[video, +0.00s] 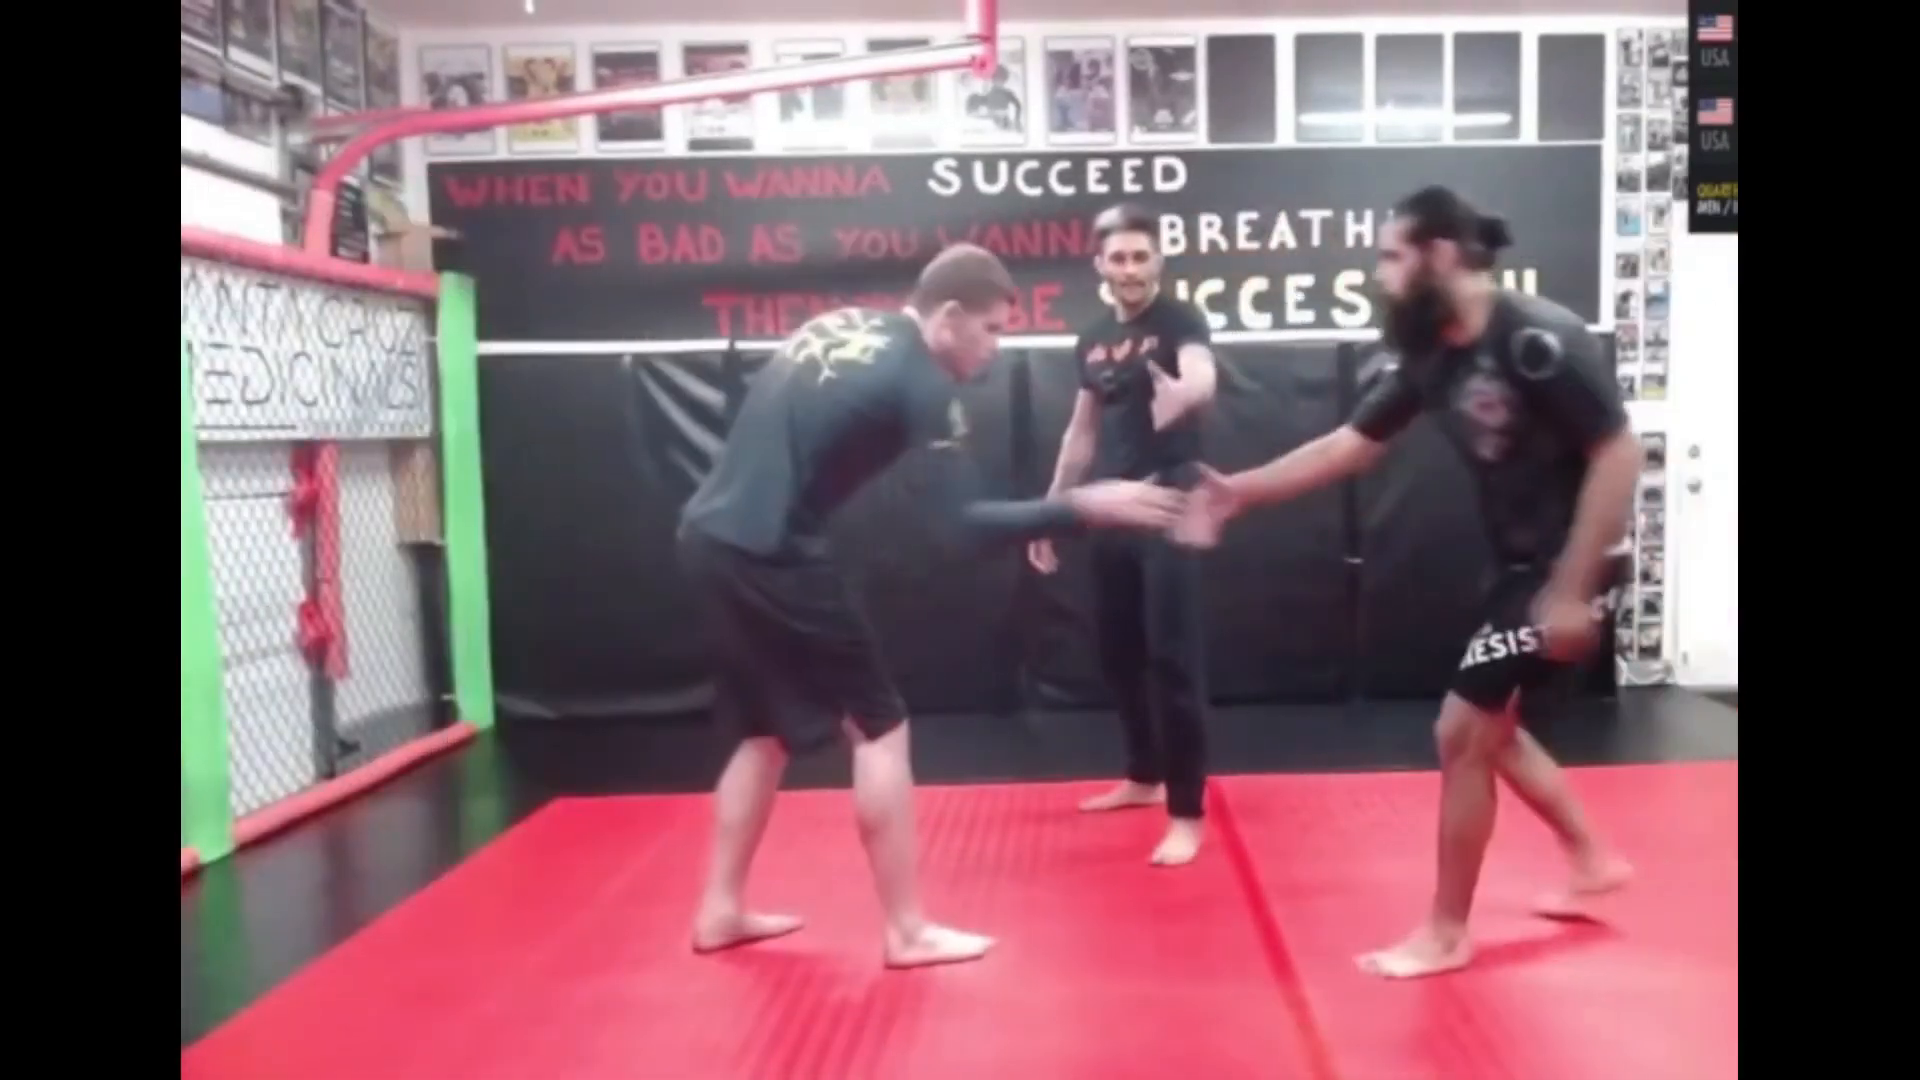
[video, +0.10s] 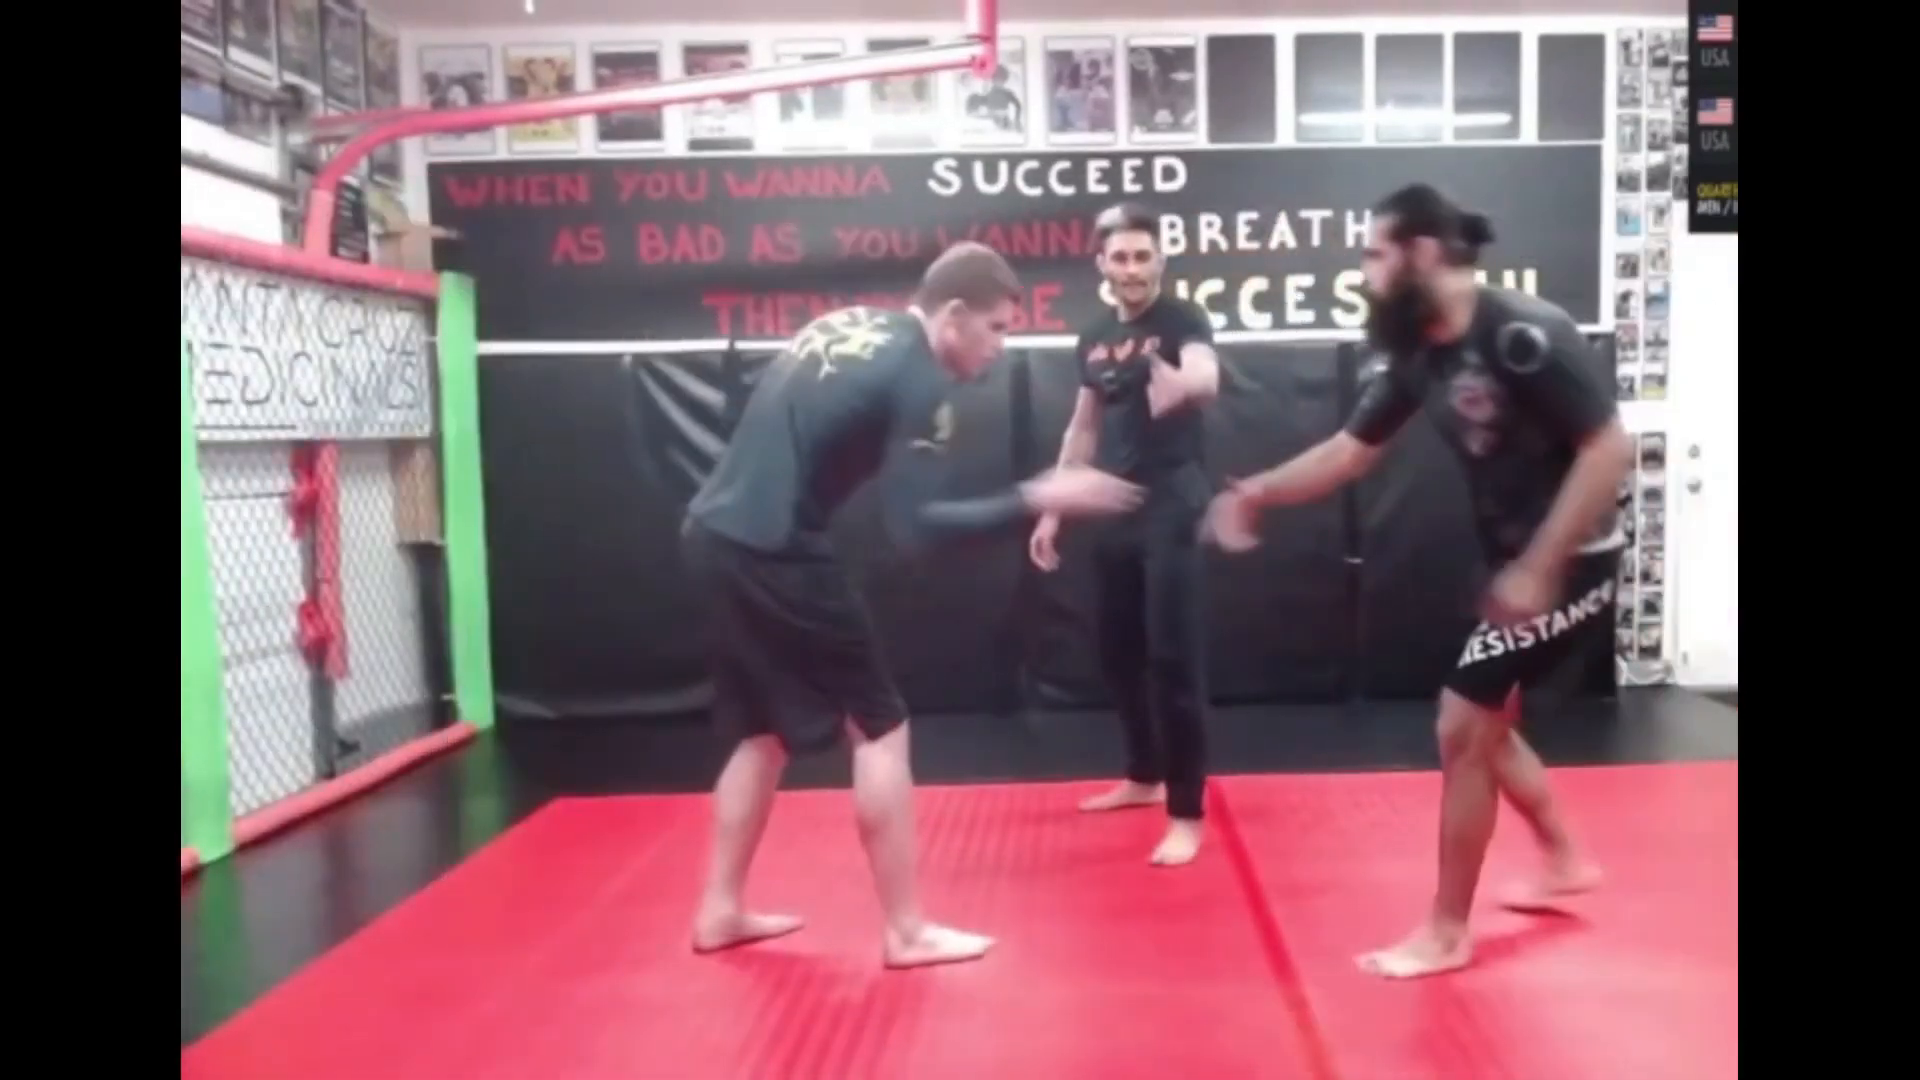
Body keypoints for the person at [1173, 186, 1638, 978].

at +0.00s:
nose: (1380, 276)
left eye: (1391, 259)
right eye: (1380, 260)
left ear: (1445, 255)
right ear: (1431, 258)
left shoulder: (1540, 339)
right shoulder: (1429, 355)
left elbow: (1620, 455)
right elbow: (1354, 443)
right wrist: (1238, 489)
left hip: (1564, 567)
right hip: (1516, 565)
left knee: (1460, 731)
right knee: (1489, 727)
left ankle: (1446, 933)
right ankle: (1594, 858)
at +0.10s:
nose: (1366, 272)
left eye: (1377, 255)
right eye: (1367, 255)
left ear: (1427, 254)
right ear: (1422, 257)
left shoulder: (1523, 333)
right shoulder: (1421, 354)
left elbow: (1609, 446)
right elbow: (1352, 449)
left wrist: (1537, 567)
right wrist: (1255, 491)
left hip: (1570, 560)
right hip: (1510, 559)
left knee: (1462, 723)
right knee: (1484, 725)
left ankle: (1447, 929)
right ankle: (1568, 859)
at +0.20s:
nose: (1314, 285)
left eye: (1324, 267)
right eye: (1313, 268)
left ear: (1374, 260)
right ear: (1368, 265)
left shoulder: (1479, 329)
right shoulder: (1382, 367)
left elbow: (1586, 422)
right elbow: (1346, 464)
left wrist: (1482, 520)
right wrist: (1253, 479)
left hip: (1554, 547)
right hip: (1494, 551)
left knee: (1453, 717)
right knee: (1466, 711)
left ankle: (1448, 934)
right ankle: (1480, 865)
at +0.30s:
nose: (1302, 298)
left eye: (1312, 281)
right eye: (1302, 283)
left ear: (1361, 277)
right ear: (1353, 280)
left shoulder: (1464, 338)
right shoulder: (1367, 372)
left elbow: (1579, 421)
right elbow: (1297, 452)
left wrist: (1489, 530)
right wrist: (1191, 450)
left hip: (1552, 544)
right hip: (1499, 548)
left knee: (1449, 714)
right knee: (1456, 707)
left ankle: (1445, 934)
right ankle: (1476, 858)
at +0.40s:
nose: (1298, 308)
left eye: (1308, 291)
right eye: (1297, 293)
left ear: (1359, 287)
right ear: (1351, 292)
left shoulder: (1457, 344)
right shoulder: (1359, 370)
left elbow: (1571, 424)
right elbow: (1270, 426)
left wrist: (1508, 548)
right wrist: (1167, 405)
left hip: (1542, 551)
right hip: (1494, 553)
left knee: (1445, 725)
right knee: (1465, 720)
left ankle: (1446, 932)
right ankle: (1489, 868)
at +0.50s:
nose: (1305, 305)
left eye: (1315, 289)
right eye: (1303, 290)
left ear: (1364, 283)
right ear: (1358, 287)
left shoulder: (1465, 339)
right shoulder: (1361, 360)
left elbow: (1572, 423)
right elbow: (1265, 416)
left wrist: (1510, 543)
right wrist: (1161, 403)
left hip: (1543, 544)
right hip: (1489, 546)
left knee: (1450, 720)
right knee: (1468, 717)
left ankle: (1448, 928)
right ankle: (1491, 868)